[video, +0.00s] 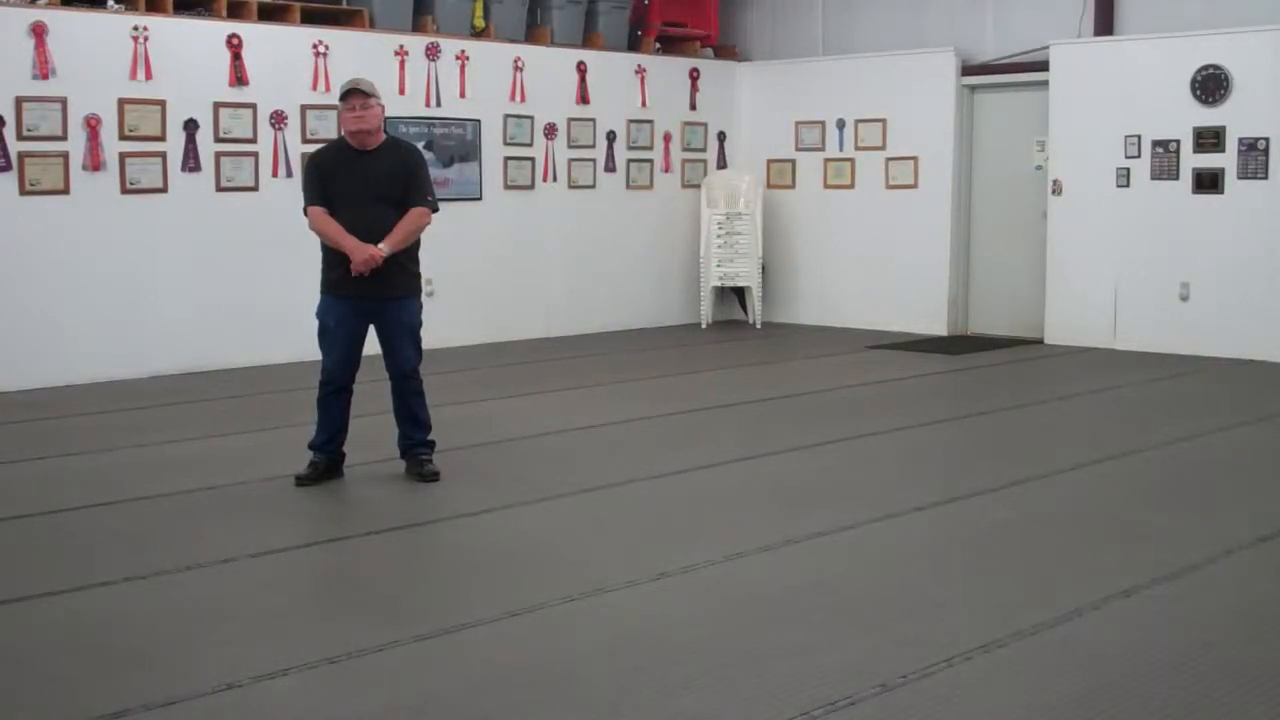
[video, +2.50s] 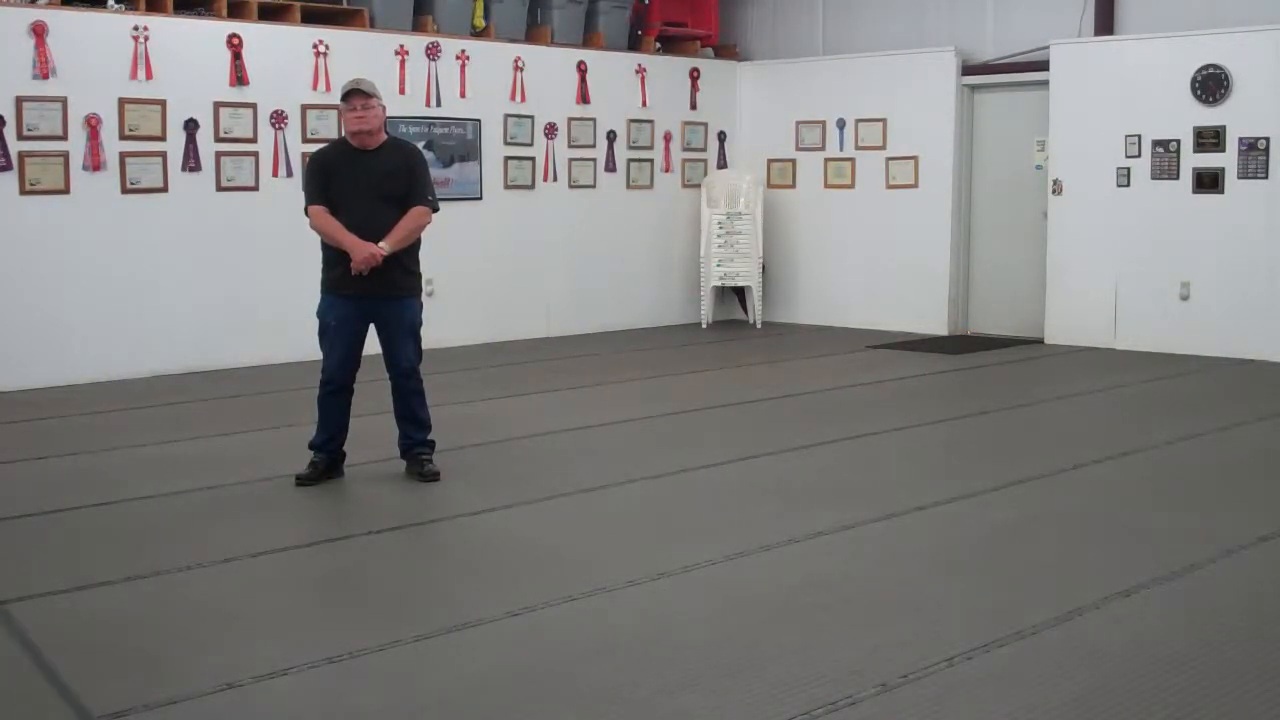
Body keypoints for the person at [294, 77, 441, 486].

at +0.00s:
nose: (358, 113)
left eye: (365, 106)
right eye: (350, 108)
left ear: (381, 111)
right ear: (340, 117)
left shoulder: (407, 156)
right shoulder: (320, 162)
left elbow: (422, 213)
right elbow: (315, 215)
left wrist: (379, 251)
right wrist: (354, 248)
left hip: (397, 287)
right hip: (342, 288)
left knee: (406, 373)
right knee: (335, 376)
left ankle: (418, 452)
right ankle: (326, 455)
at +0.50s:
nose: (359, 114)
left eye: (367, 106)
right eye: (351, 108)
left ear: (382, 111)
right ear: (340, 117)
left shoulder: (407, 155)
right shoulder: (321, 161)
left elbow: (422, 212)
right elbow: (316, 216)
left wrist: (380, 250)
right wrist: (355, 248)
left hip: (398, 287)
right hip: (343, 288)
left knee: (407, 373)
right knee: (335, 376)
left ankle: (419, 452)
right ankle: (326, 455)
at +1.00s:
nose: (358, 114)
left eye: (365, 107)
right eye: (350, 108)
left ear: (381, 111)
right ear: (340, 117)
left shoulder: (407, 155)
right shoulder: (321, 161)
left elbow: (422, 213)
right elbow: (316, 215)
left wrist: (379, 250)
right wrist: (355, 247)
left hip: (398, 287)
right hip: (342, 288)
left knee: (407, 373)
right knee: (335, 376)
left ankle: (419, 452)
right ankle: (327, 456)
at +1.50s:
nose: (360, 114)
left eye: (367, 106)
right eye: (352, 108)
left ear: (383, 112)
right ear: (341, 117)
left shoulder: (407, 155)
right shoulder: (323, 160)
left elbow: (422, 213)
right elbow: (317, 215)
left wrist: (380, 250)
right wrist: (356, 247)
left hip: (398, 287)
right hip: (342, 288)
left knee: (407, 373)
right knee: (335, 376)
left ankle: (419, 452)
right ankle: (327, 455)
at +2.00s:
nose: (359, 114)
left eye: (366, 107)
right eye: (351, 109)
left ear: (383, 112)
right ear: (341, 117)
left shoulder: (408, 155)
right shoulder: (323, 160)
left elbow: (422, 213)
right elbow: (317, 215)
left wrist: (380, 250)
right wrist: (356, 247)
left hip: (398, 286)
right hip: (343, 287)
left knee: (406, 372)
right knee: (335, 375)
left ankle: (419, 452)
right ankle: (327, 455)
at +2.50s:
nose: (359, 114)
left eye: (366, 107)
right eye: (351, 109)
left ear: (382, 111)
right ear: (341, 117)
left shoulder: (407, 155)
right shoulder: (323, 161)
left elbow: (422, 213)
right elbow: (317, 215)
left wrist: (379, 250)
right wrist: (355, 246)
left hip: (398, 287)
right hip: (342, 288)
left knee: (406, 373)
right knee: (335, 375)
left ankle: (419, 452)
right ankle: (327, 455)